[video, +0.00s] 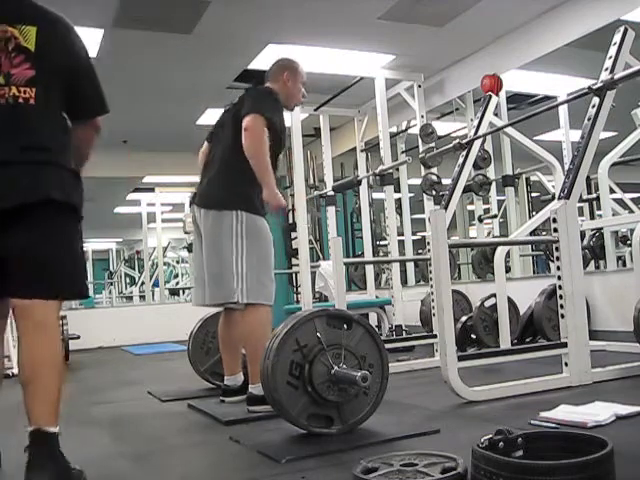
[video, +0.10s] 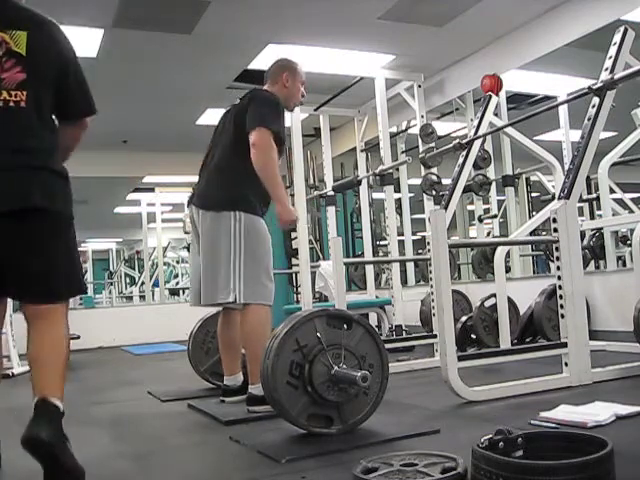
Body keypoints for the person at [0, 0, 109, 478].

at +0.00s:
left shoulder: (48, 25)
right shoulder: (46, 24)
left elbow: (88, 116)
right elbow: (90, 116)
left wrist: (66, 172)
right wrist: (67, 170)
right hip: (34, 183)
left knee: (36, 312)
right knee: (37, 313)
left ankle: (43, 447)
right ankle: (43, 447)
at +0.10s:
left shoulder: (40, 29)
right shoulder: (37, 29)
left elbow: (77, 115)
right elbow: (78, 115)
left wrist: (45, 166)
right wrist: (46, 164)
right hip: (29, 191)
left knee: (45, 308)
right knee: (44, 308)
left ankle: (47, 415)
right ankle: (48, 413)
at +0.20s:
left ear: (8, 5)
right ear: (13, 1)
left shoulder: (36, 35)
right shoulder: (33, 34)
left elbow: (66, 115)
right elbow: (67, 116)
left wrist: (30, 157)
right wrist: (32, 156)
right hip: (25, 186)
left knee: (52, 292)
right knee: (51, 293)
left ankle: (44, 387)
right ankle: (44, 387)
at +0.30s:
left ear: (6, 8)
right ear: (12, 4)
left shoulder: (33, 39)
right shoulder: (30, 38)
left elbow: (60, 115)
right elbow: (62, 115)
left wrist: (27, 152)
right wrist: (27, 151)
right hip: (23, 186)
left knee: (51, 294)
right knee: (49, 294)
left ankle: (41, 399)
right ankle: (41, 398)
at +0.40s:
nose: (14, 10)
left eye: (12, 7)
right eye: (15, 6)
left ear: (4, 6)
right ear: (10, 4)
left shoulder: (31, 45)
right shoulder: (28, 43)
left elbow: (58, 116)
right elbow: (60, 117)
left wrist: (25, 151)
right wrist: (26, 151)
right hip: (24, 193)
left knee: (39, 306)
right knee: (39, 305)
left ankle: (47, 419)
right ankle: (46, 420)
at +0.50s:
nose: (18, 12)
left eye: (14, 8)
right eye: (18, 7)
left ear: (4, 8)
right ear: (12, 7)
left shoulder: (32, 52)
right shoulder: (31, 51)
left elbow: (58, 120)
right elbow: (61, 121)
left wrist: (25, 154)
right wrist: (25, 154)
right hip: (22, 199)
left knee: (29, 311)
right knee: (29, 310)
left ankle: (50, 412)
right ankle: (50, 414)